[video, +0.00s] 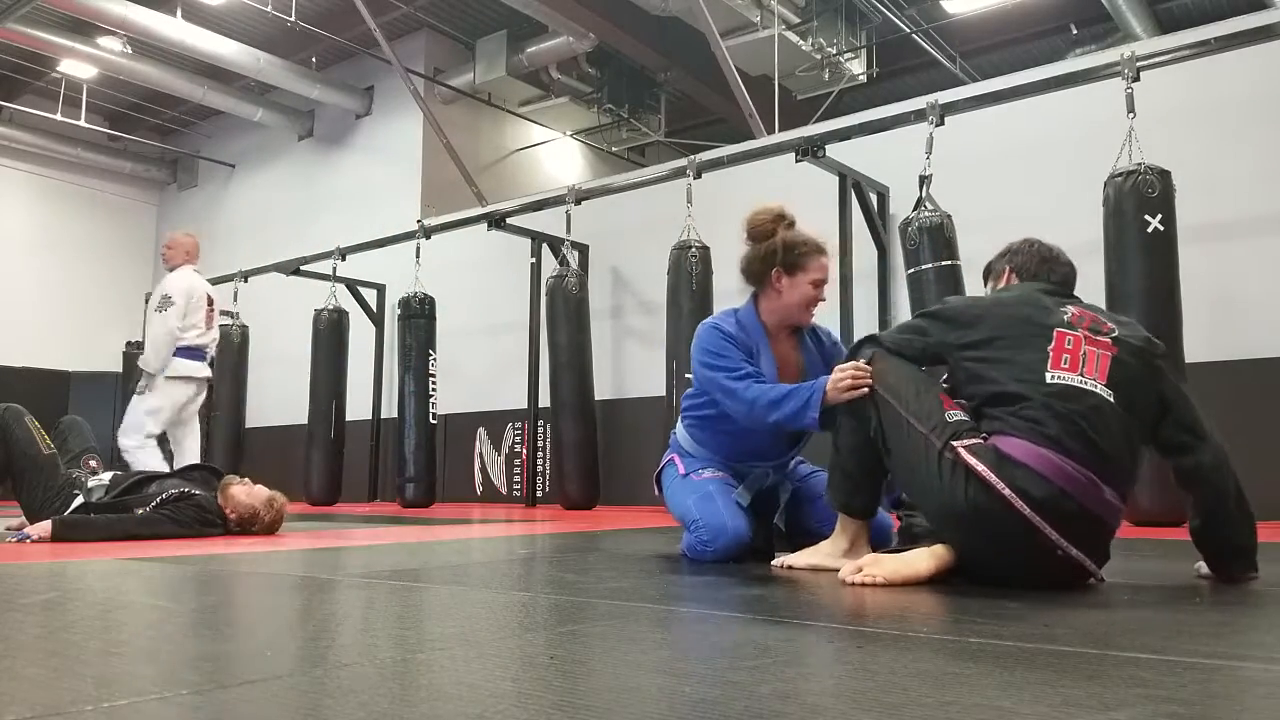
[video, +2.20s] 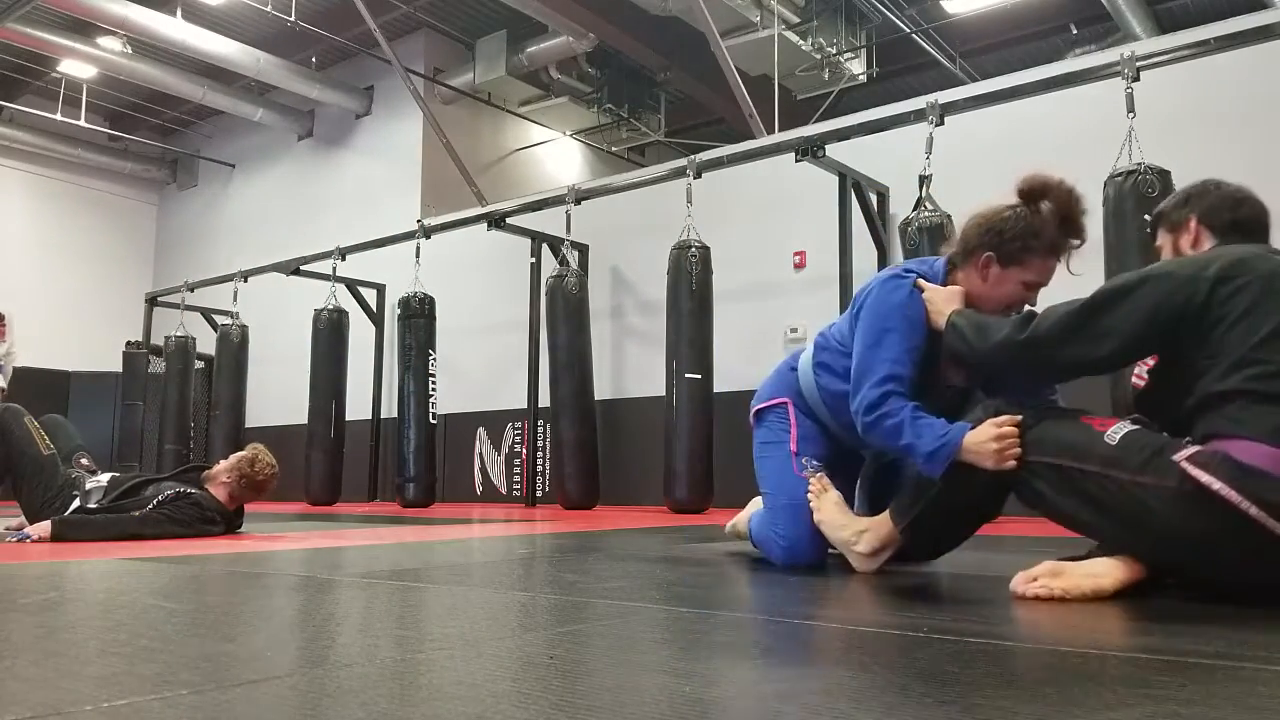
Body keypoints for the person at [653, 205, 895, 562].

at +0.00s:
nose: (823, 296)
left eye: (823, 286)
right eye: (816, 285)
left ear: (785, 282)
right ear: (779, 280)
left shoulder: (822, 344)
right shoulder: (716, 336)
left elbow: (859, 422)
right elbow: (750, 403)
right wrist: (821, 393)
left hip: (778, 469)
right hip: (701, 465)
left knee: (878, 532)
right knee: (728, 538)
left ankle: (774, 524)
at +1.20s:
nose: (886, 307)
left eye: (889, 296)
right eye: (883, 294)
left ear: (848, 283)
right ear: (847, 280)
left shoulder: (863, 339)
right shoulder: (770, 329)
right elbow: (781, 434)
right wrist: (834, 385)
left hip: (792, 452)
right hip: (719, 440)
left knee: (881, 535)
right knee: (727, 543)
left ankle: (770, 529)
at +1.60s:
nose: (939, 309)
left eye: (945, 300)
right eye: (938, 297)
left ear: (908, 281)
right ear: (906, 280)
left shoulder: (912, 331)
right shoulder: (816, 308)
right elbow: (805, 413)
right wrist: (892, 386)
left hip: (813, 445)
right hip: (740, 423)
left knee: (884, 537)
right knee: (726, 544)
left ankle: (775, 530)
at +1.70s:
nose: (955, 310)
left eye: (961, 301)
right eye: (955, 299)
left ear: (924, 282)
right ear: (922, 280)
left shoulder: (922, 332)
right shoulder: (832, 301)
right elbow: (828, 406)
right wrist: (923, 402)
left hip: (821, 441)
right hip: (748, 420)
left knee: (878, 539)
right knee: (725, 546)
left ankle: (769, 531)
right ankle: (707, 533)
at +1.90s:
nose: (995, 302)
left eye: (1001, 291)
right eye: (993, 286)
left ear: (958, 271)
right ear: (956, 268)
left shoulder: (947, 335)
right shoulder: (867, 291)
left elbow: (966, 391)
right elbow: (857, 373)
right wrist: (949, 417)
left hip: (831, 438)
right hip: (761, 409)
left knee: (871, 531)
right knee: (742, 541)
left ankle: (766, 535)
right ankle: (703, 536)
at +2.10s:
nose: (1027, 304)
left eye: (1034, 293)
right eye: (1026, 288)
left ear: (987, 271)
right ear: (986, 268)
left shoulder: (988, 328)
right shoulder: (899, 295)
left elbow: (1023, 402)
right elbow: (883, 401)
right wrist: (967, 439)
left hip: (869, 428)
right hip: (793, 402)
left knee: (872, 541)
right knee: (808, 547)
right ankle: (750, 523)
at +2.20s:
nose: (1031, 303)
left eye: (1039, 291)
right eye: (1028, 288)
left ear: (990, 270)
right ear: (986, 266)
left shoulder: (996, 326)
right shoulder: (898, 295)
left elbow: (1033, 410)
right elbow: (876, 409)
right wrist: (962, 443)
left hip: (878, 429)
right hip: (800, 405)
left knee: (884, 540)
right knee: (804, 549)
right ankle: (760, 518)